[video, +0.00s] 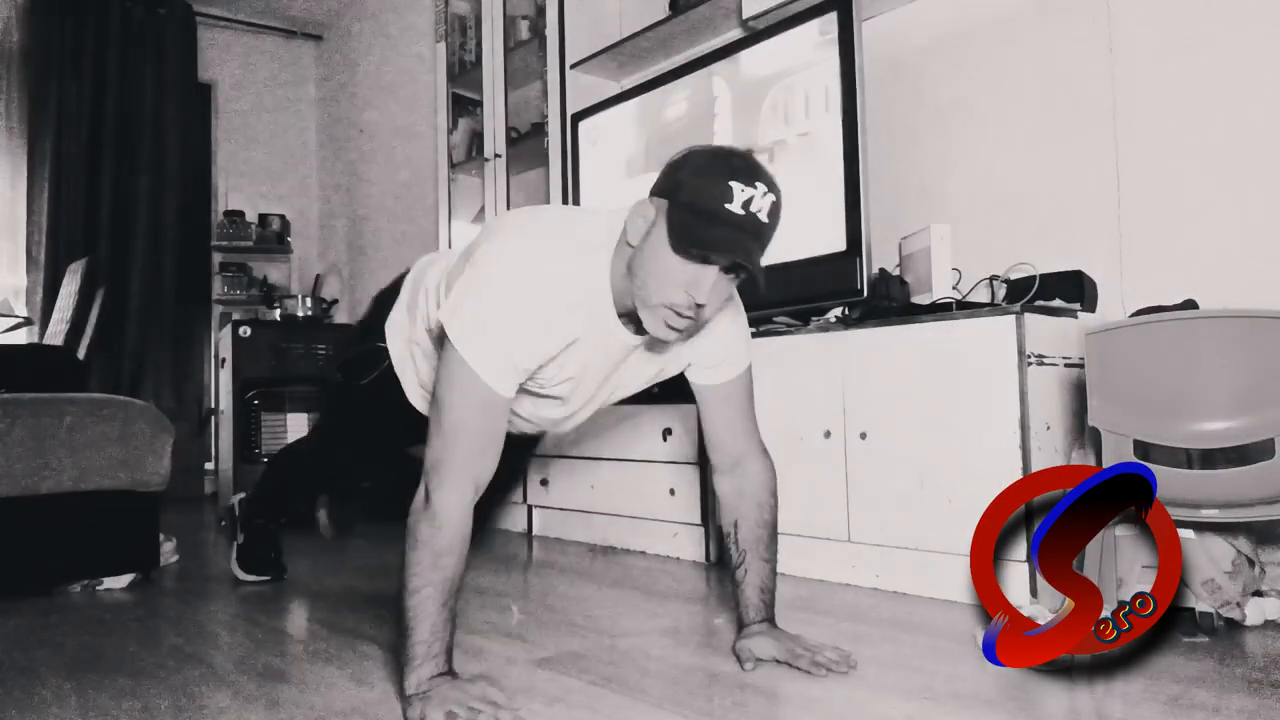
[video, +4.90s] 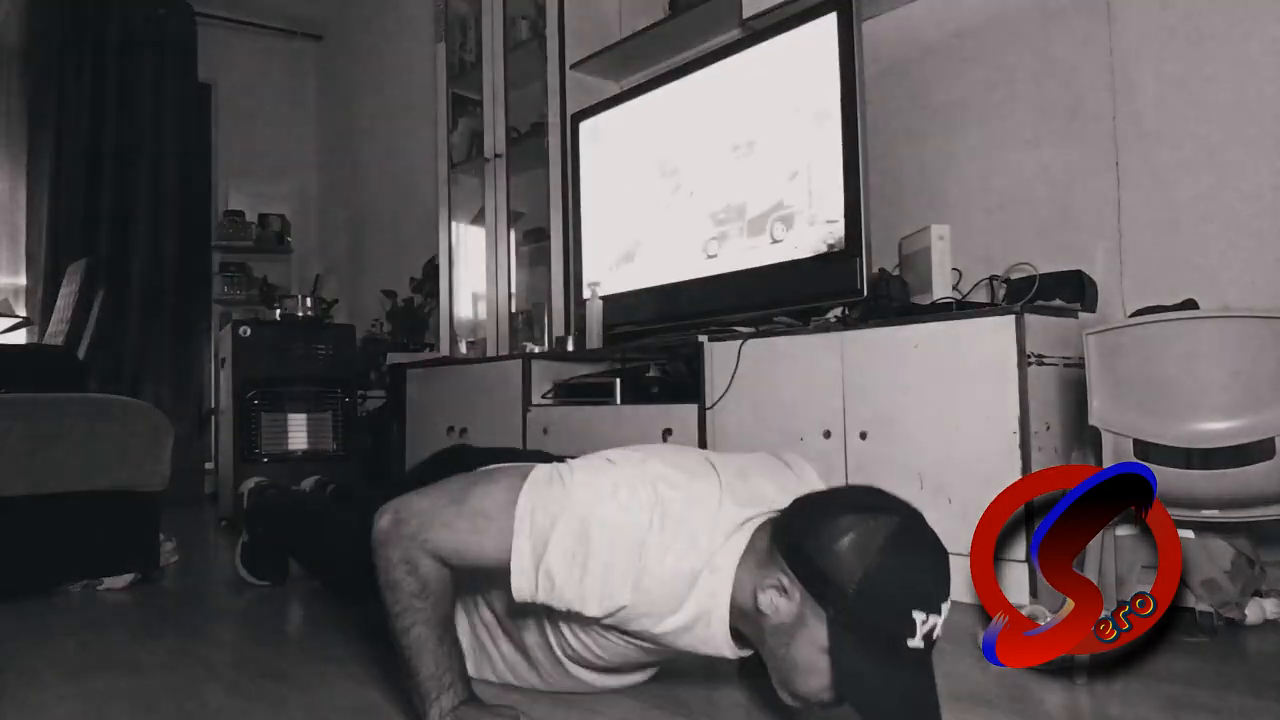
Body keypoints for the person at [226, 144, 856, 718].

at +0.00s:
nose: (703, 294)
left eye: (729, 275)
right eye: (692, 255)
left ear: (745, 277)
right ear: (646, 222)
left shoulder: (712, 311)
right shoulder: (522, 270)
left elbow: (740, 463)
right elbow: (448, 495)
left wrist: (758, 624)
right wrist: (425, 677)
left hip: (512, 409)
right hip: (412, 357)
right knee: (330, 456)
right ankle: (255, 512)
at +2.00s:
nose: (722, 260)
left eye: (749, 236)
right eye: (708, 216)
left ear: (759, 245)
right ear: (649, 198)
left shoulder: (711, 315)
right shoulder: (525, 253)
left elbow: (749, 471)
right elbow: (464, 506)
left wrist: (782, 624)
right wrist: (451, 703)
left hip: (476, 464)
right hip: (386, 412)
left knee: (372, 498)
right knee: (319, 488)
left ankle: (313, 523)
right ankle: (257, 517)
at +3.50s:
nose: (734, 351)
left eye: (752, 333)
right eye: (728, 319)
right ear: (669, 253)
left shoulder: (718, 316)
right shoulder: (536, 260)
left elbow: (746, 471)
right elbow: (473, 496)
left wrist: (765, 630)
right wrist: (450, 700)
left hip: (499, 461)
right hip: (404, 417)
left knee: (373, 505)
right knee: (319, 485)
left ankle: (313, 525)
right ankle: (250, 518)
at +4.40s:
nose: (753, 353)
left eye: (765, 335)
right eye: (745, 324)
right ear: (686, 264)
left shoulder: (724, 329)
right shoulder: (546, 276)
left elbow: (749, 468)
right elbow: (449, 502)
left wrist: (766, 627)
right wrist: (449, 697)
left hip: (485, 451)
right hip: (402, 411)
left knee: (368, 492)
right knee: (319, 483)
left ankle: (314, 524)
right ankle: (251, 522)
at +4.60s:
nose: (776, 534)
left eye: (795, 520)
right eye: (775, 510)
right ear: (742, 445)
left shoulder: (780, 409)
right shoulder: (585, 401)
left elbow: (776, 513)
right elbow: (396, 528)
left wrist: (765, 625)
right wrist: (446, 702)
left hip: (523, 483)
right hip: (432, 438)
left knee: (358, 509)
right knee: (324, 494)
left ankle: (303, 543)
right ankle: (255, 521)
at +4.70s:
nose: (809, 624)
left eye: (830, 608)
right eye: (807, 599)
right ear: (757, 531)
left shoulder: (800, 482)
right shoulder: (615, 467)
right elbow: (394, 528)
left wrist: (771, 637)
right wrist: (444, 702)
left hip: (528, 485)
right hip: (430, 469)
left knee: (354, 532)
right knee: (321, 519)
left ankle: (277, 533)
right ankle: (254, 521)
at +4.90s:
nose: (842, 698)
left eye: (863, 680)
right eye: (840, 670)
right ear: (781, 595)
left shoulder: (825, 520)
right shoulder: (629, 533)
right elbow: (402, 533)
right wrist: (444, 702)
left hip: (550, 498)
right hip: (450, 540)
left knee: (388, 509)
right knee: (345, 538)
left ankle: (318, 496)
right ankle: (273, 517)